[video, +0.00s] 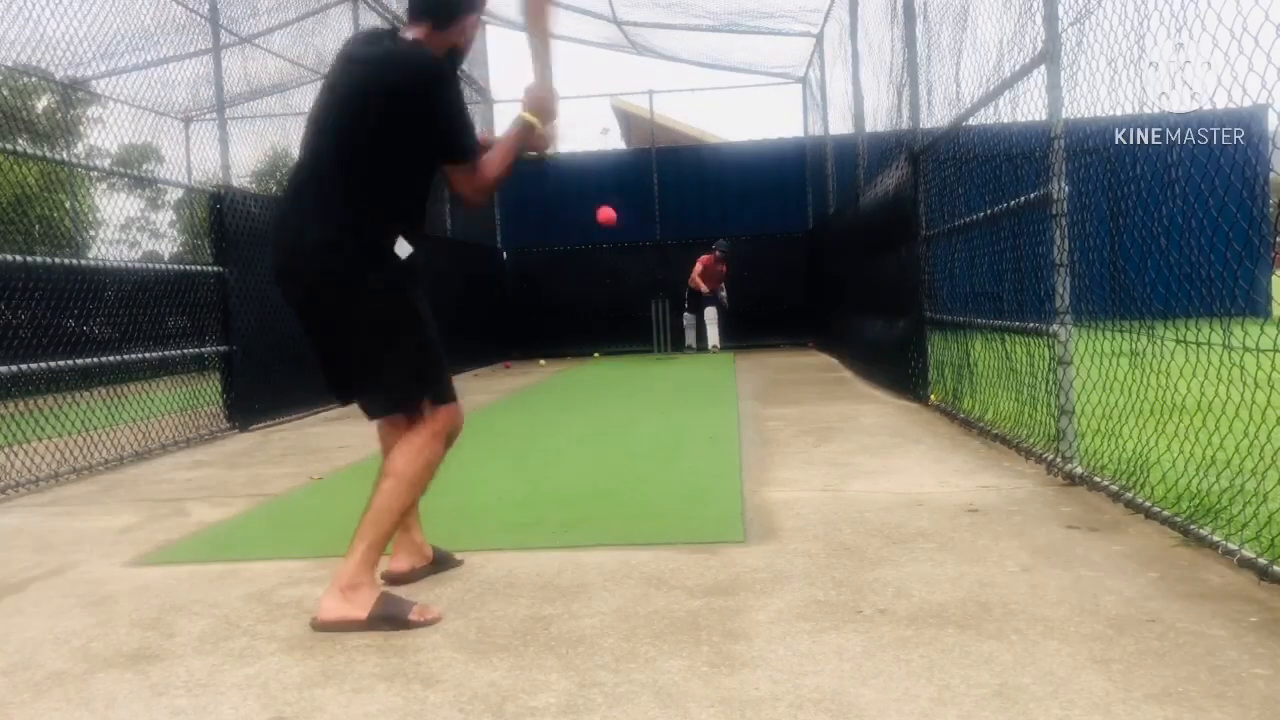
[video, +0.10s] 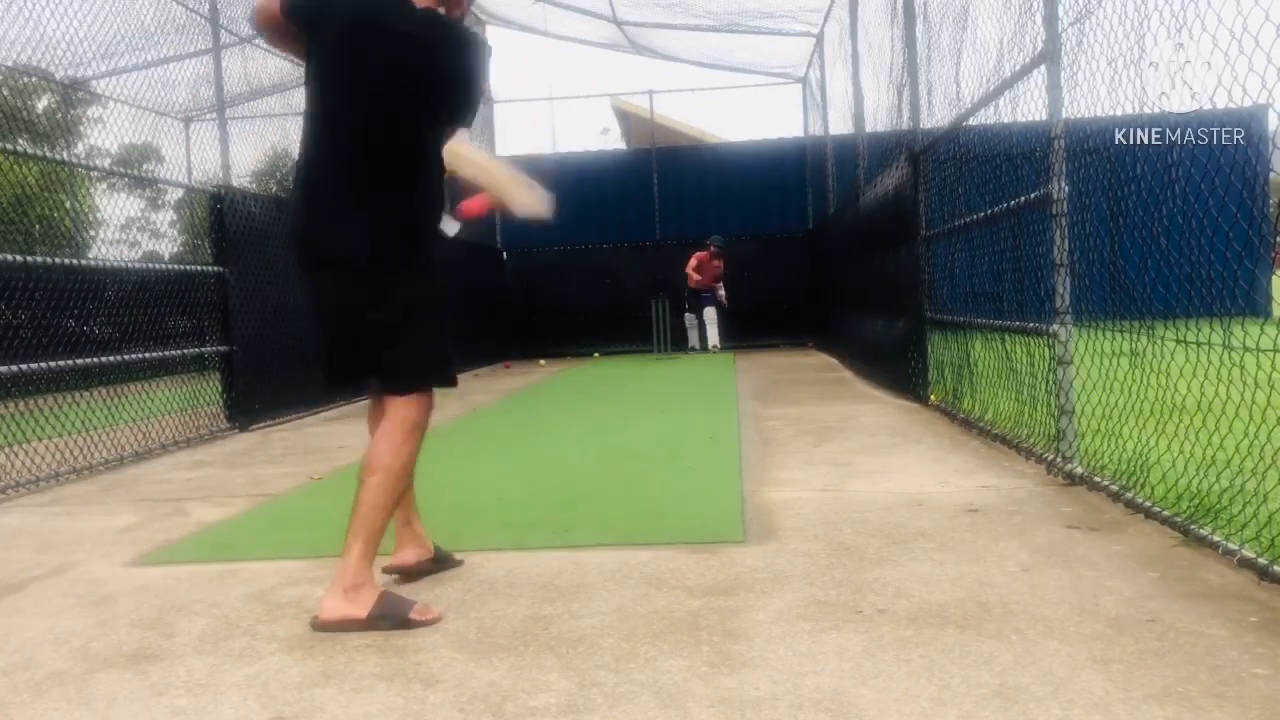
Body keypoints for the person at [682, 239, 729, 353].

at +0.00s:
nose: (721, 254)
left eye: (723, 252)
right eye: (719, 251)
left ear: (725, 254)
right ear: (714, 250)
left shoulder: (722, 266)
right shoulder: (704, 260)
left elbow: (720, 283)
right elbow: (694, 275)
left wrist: (723, 294)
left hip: (710, 292)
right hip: (695, 290)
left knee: (711, 315)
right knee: (690, 317)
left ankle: (714, 345)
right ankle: (690, 345)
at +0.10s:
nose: (715, 250)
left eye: (718, 248)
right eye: (713, 247)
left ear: (721, 250)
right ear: (709, 246)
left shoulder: (719, 261)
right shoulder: (699, 256)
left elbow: (718, 281)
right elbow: (688, 269)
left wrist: (722, 295)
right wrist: (694, 275)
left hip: (709, 290)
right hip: (694, 290)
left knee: (710, 315)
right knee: (690, 317)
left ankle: (714, 345)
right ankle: (693, 346)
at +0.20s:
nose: (709, 246)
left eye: (711, 244)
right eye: (707, 243)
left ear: (714, 245)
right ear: (703, 243)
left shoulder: (715, 259)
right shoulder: (694, 255)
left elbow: (716, 277)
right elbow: (684, 269)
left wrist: (719, 289)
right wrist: (689, 272)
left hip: (707, 290)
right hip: (693, 290)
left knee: (710, 316)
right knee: (691, 318)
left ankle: (714, 344)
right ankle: (693, 346)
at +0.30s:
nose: (704, 244)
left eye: (706, 242)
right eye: (702, 242)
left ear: (709, 244)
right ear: (698, 242)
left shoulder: (712, 257)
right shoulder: (689, 255)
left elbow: (715, 275)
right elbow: (682, 270)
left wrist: (717, 285)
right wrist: (686, 274)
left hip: (706, 290)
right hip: (691, 290)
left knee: (710, 315)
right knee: (691, 318)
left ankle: (714, 344)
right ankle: (693, 345)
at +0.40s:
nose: (699, 243)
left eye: (702, 241)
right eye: (697, 241)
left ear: (706, 243)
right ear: (694, 242)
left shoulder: (711, 257)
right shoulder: (687, 256)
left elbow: (715, 274)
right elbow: (682, 271)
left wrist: (717, 284)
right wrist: (687, 277)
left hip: (706, 289)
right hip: (691, 290)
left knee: (711, 316)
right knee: (691, 318)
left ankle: (716, 344)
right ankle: (693, 345)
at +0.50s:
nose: (697, 243)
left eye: (700, 240)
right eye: (695, 240)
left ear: (704, 242)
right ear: (692, 242)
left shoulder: (710, 256)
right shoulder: (686, 256)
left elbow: (716, 273)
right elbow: (682, 271)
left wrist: (718, 283)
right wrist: (686, 278)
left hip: (707, 289)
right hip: (691, 289)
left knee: (710, 315)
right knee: (691, 318)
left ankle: (717, 344)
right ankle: (693, 345)